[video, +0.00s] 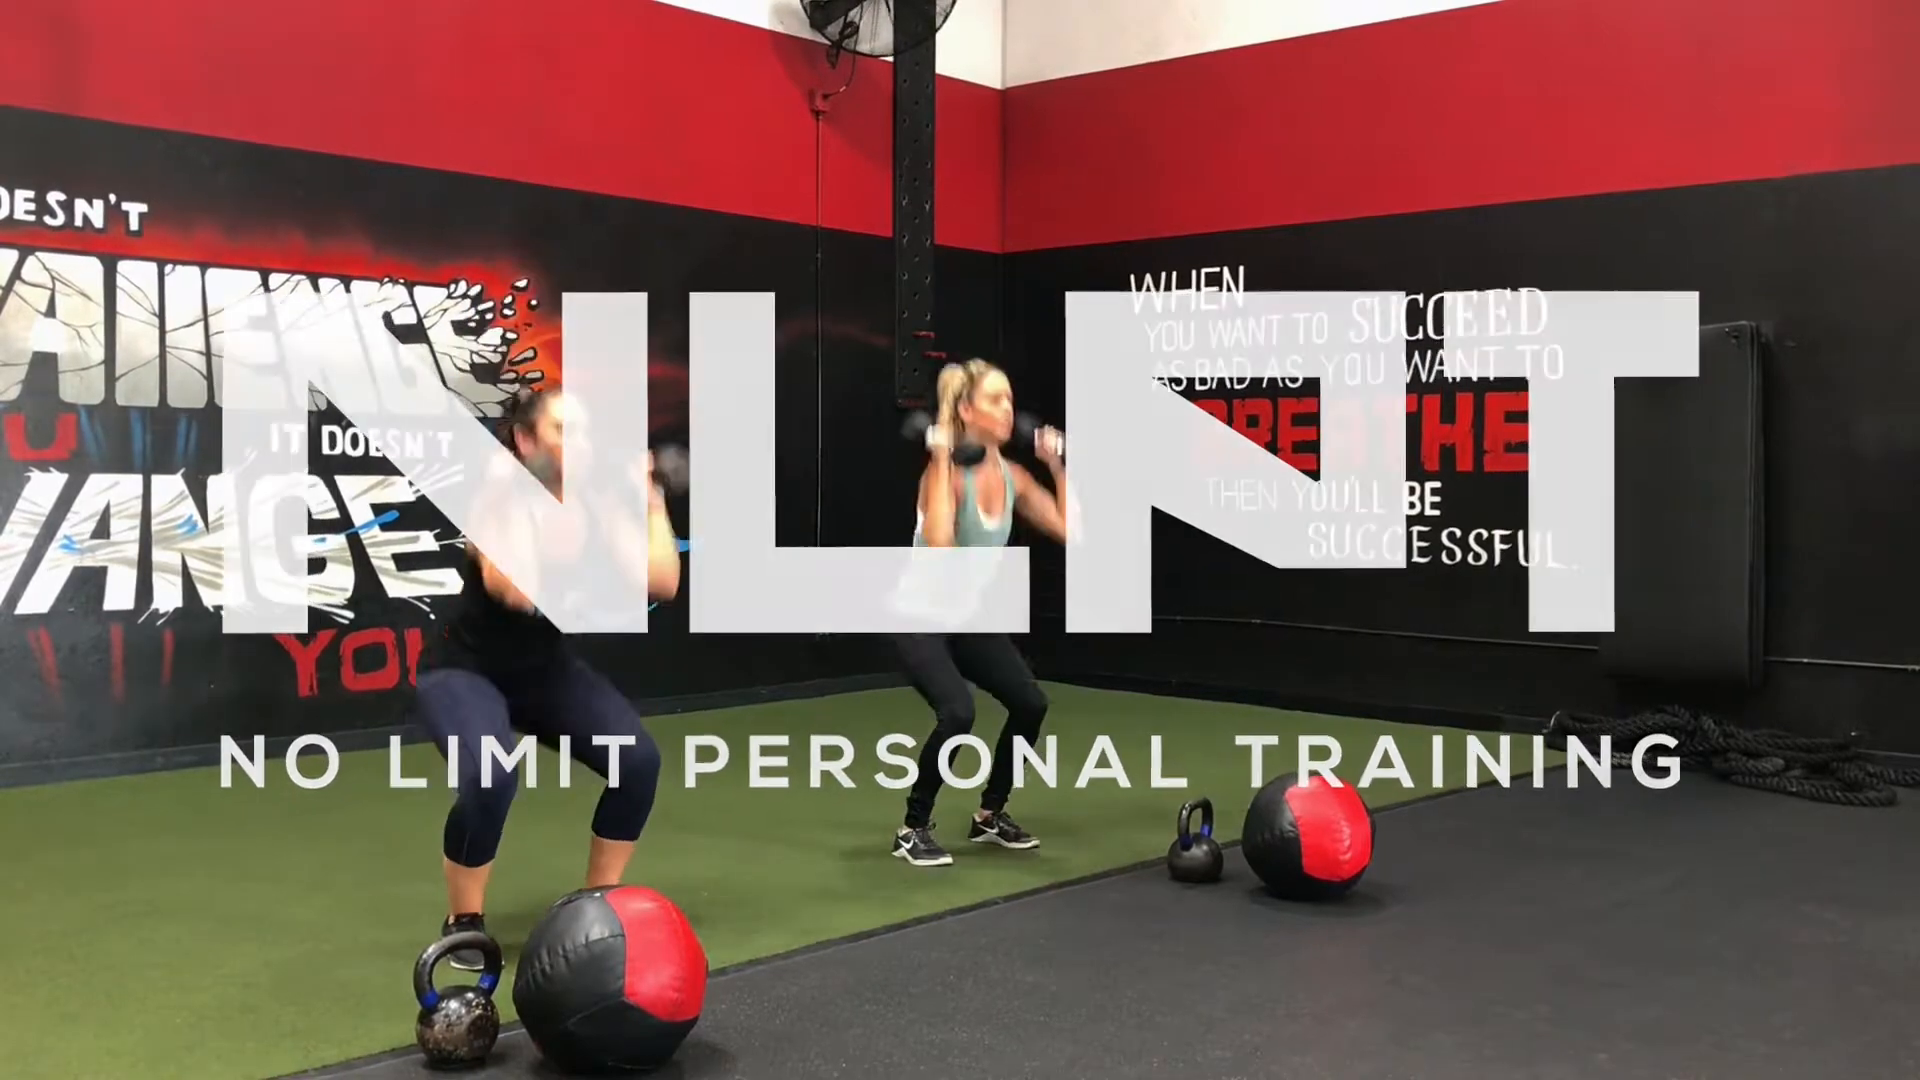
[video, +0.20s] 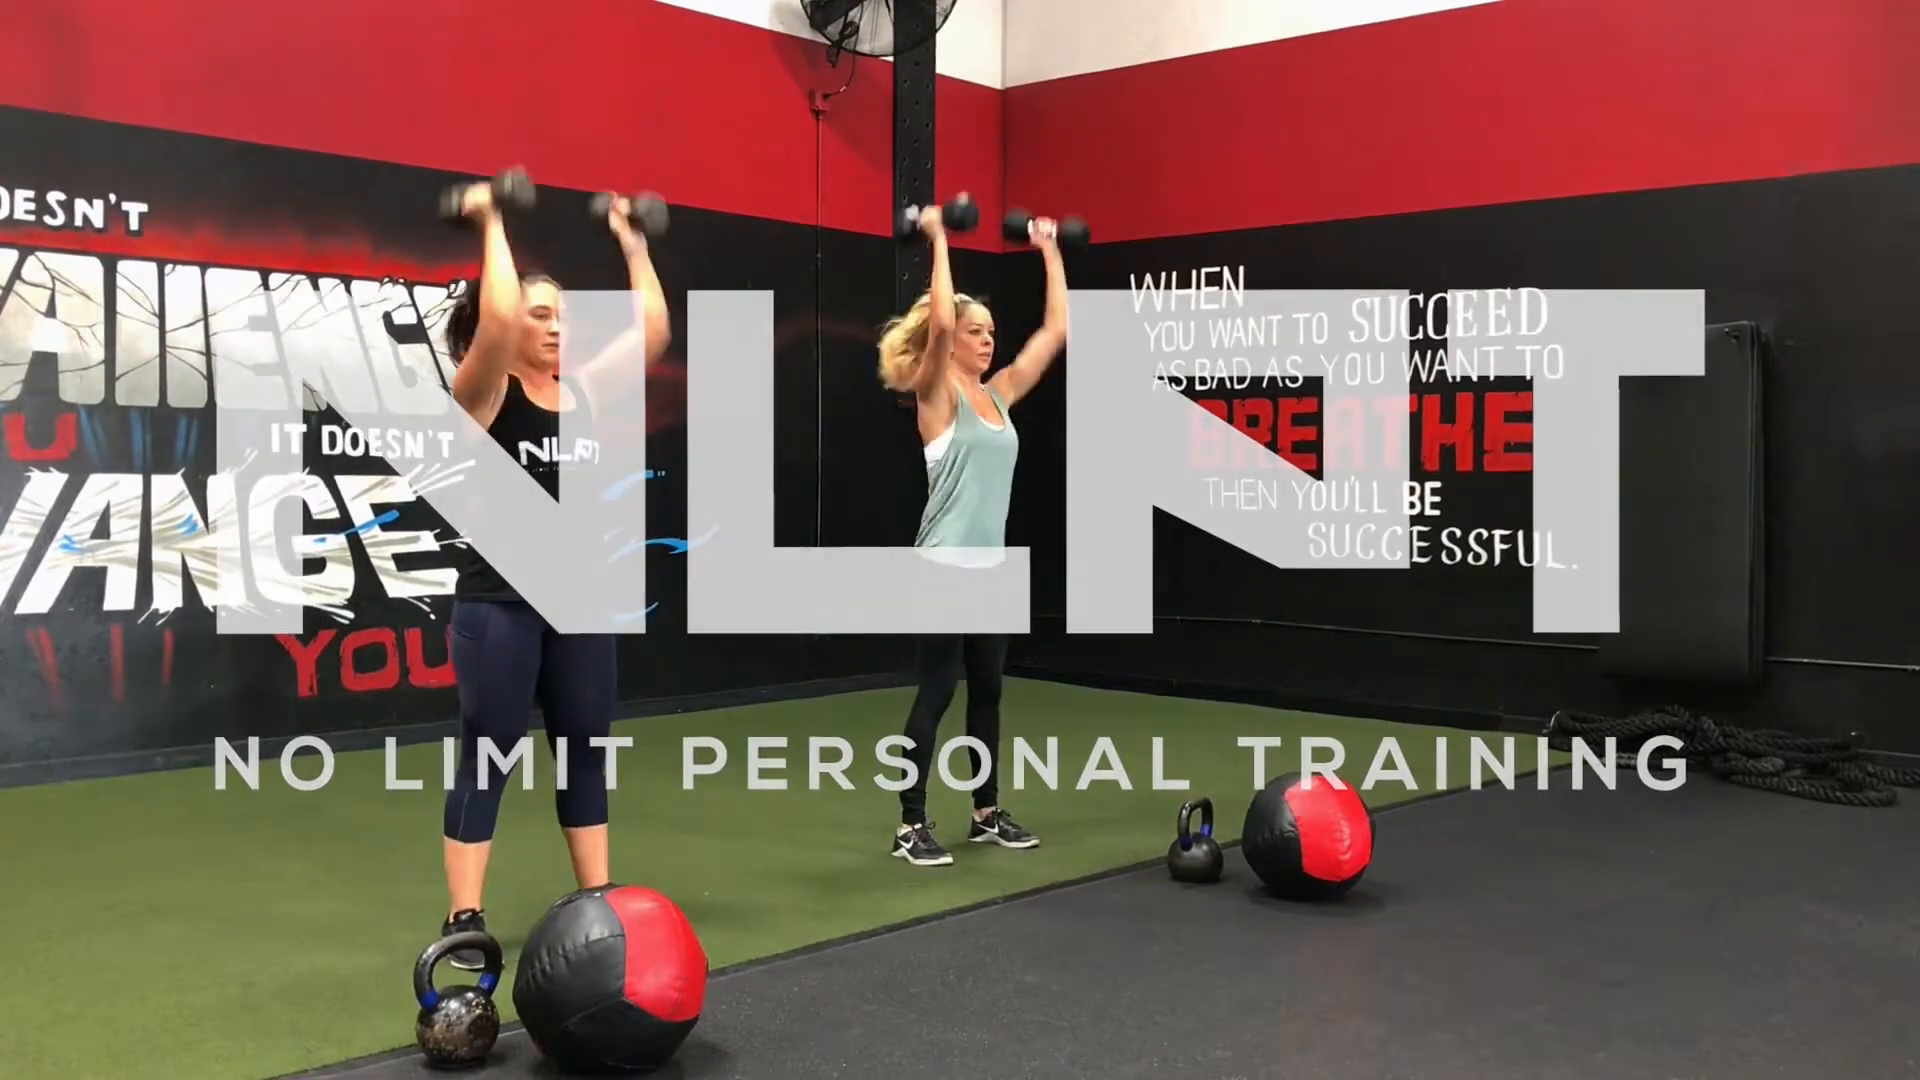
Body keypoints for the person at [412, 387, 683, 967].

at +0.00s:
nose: (573, 441)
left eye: (577, 429)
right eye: (560, 429)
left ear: (587, 437)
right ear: (524, 438)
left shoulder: (596, 499)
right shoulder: (500, 490)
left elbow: (664, 582)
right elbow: (512, 591)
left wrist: (653, 498)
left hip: (543, 663)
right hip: (463, 665)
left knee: (637, 762)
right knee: (490, 773)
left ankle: (594, 909)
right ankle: (465, 926)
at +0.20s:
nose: (554, 325)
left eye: (559, 314)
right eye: (538, 314)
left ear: (567, 323)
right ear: (501, 327)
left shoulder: (585, 391)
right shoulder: (479, 397)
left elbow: (654, 327)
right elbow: (498, 322)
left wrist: (630, 238)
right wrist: (491, 218)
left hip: (582, 599)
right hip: (497, 604)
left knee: (586, 752)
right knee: (486, 757)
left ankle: (597, 905)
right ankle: (466, 923)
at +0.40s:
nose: (552, 325)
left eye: (558, 315)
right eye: (537, 315)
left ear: (566, 325)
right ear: (501, 327)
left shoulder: (584, 391)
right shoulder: (479, 394)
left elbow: (649, 329)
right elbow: (485, 317)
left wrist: (628, 240)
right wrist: (484, 217)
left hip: (582, 602)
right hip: (496, 606)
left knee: (588, 752)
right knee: (489, 756)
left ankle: (597, 906)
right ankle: (466, 921)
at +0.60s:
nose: (571, 435)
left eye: (577, 423)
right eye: (557, 423)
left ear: (586, 434)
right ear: (520, 432)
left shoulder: (589, 504)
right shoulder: (494, 494)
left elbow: (646, 588)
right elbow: (495, 595)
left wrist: (655, 499)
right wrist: (491, 493)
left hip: (535, 654)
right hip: (461, 655)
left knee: (628, 752)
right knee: (483, 764)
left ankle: (596, 904)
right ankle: (464, 924)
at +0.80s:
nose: (593, 556)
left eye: (599, 544)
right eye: (577, 543)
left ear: (607, 550)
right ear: (538, 555)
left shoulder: (602, 611)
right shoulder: (497, 618)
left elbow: (633, 713)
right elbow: (505, 732)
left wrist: (656, 638)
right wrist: (513, 640)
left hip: (537, 739)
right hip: (450, 739)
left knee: (643, 766)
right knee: (499, 793)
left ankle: (597, 907)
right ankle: (466, 926)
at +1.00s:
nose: (579, 418)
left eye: (582, 407)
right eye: (562, 408)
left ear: (587, 415)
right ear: (524, 419)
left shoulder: (596, 486)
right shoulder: (495, 482)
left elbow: (666, 555)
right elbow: (511, 561)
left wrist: (658, 472)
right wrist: (500, 467)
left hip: (547, 653)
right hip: (468, 655)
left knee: (632, 758)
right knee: (491, 774)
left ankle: (596, 910)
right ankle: (465, 928)